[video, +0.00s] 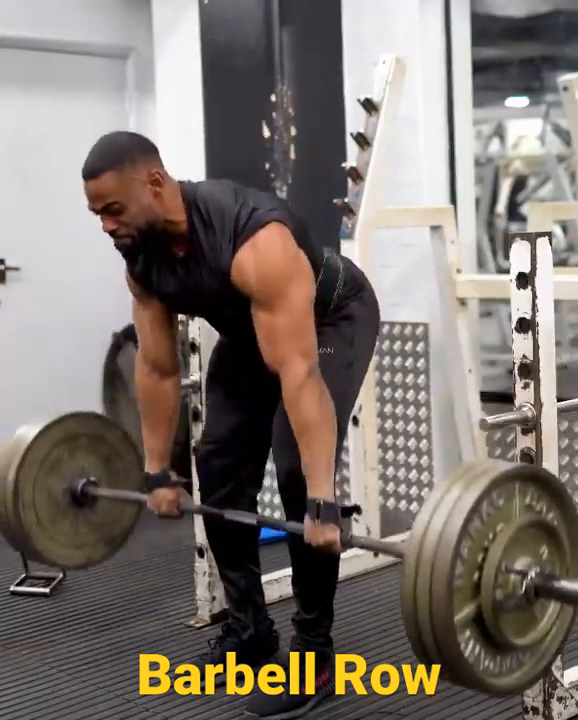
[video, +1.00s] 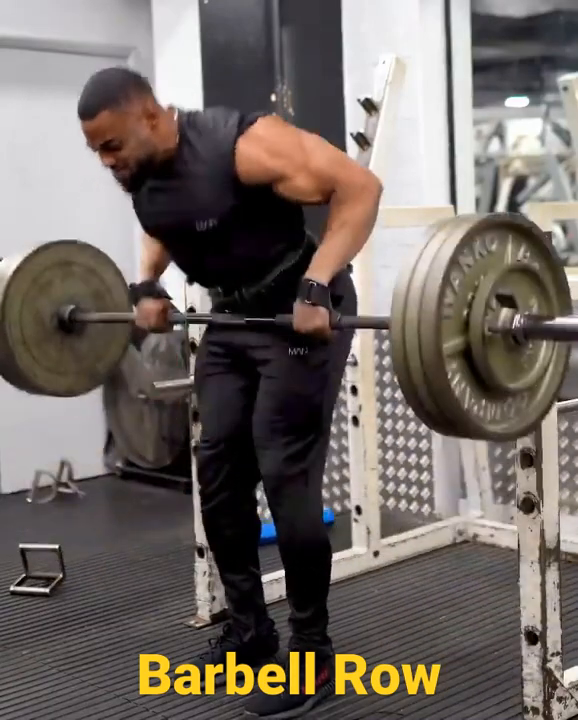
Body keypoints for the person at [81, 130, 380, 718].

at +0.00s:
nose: (107, 227)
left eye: (113, 210)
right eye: (98, 215)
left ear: (155, 182)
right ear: (144, 188)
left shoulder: (255, 242)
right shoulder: (142, 254)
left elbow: (300, 371)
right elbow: (157, 368)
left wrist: (324, 498)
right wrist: (158, 471)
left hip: (332, 313)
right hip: (249, 324)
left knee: (297, 464)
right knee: (219, 466)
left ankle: (311, 647)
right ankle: (247, 628)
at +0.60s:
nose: (110, 190)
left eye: (117, 174)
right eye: (102, 178)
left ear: (160, 148)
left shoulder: (252, 203)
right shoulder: (143, 219)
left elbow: (315, 320)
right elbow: (154, 321)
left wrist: (312, 449)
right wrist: (149, 429)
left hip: (327, 300)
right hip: (252, 312)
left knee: (309, 468)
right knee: (237, 465)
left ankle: (311, 649)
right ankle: (250, 627)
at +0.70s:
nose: (121, 154)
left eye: (127, 137)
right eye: (113, 142)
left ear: (170, 108)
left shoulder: (260, 155)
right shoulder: (152, 177)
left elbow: (336, 262)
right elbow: (157, 273)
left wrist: (313, 380)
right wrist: (147, 369)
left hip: (309, 321)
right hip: (240, 325)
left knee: (307, 482)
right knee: (240, 480)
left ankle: (313, 651)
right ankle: (249, 630)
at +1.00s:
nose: (108, 162)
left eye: (113, 145)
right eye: (99, 151)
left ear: (154, 116)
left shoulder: (245, 143)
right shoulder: (141, 175)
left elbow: (360, 187)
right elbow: (164, 223)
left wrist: (316, 286)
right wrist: (146, 283)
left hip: (302, 322)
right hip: (229, 325)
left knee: (285, 469)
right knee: (218, 472)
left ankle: (310, 647)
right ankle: (247, 627)